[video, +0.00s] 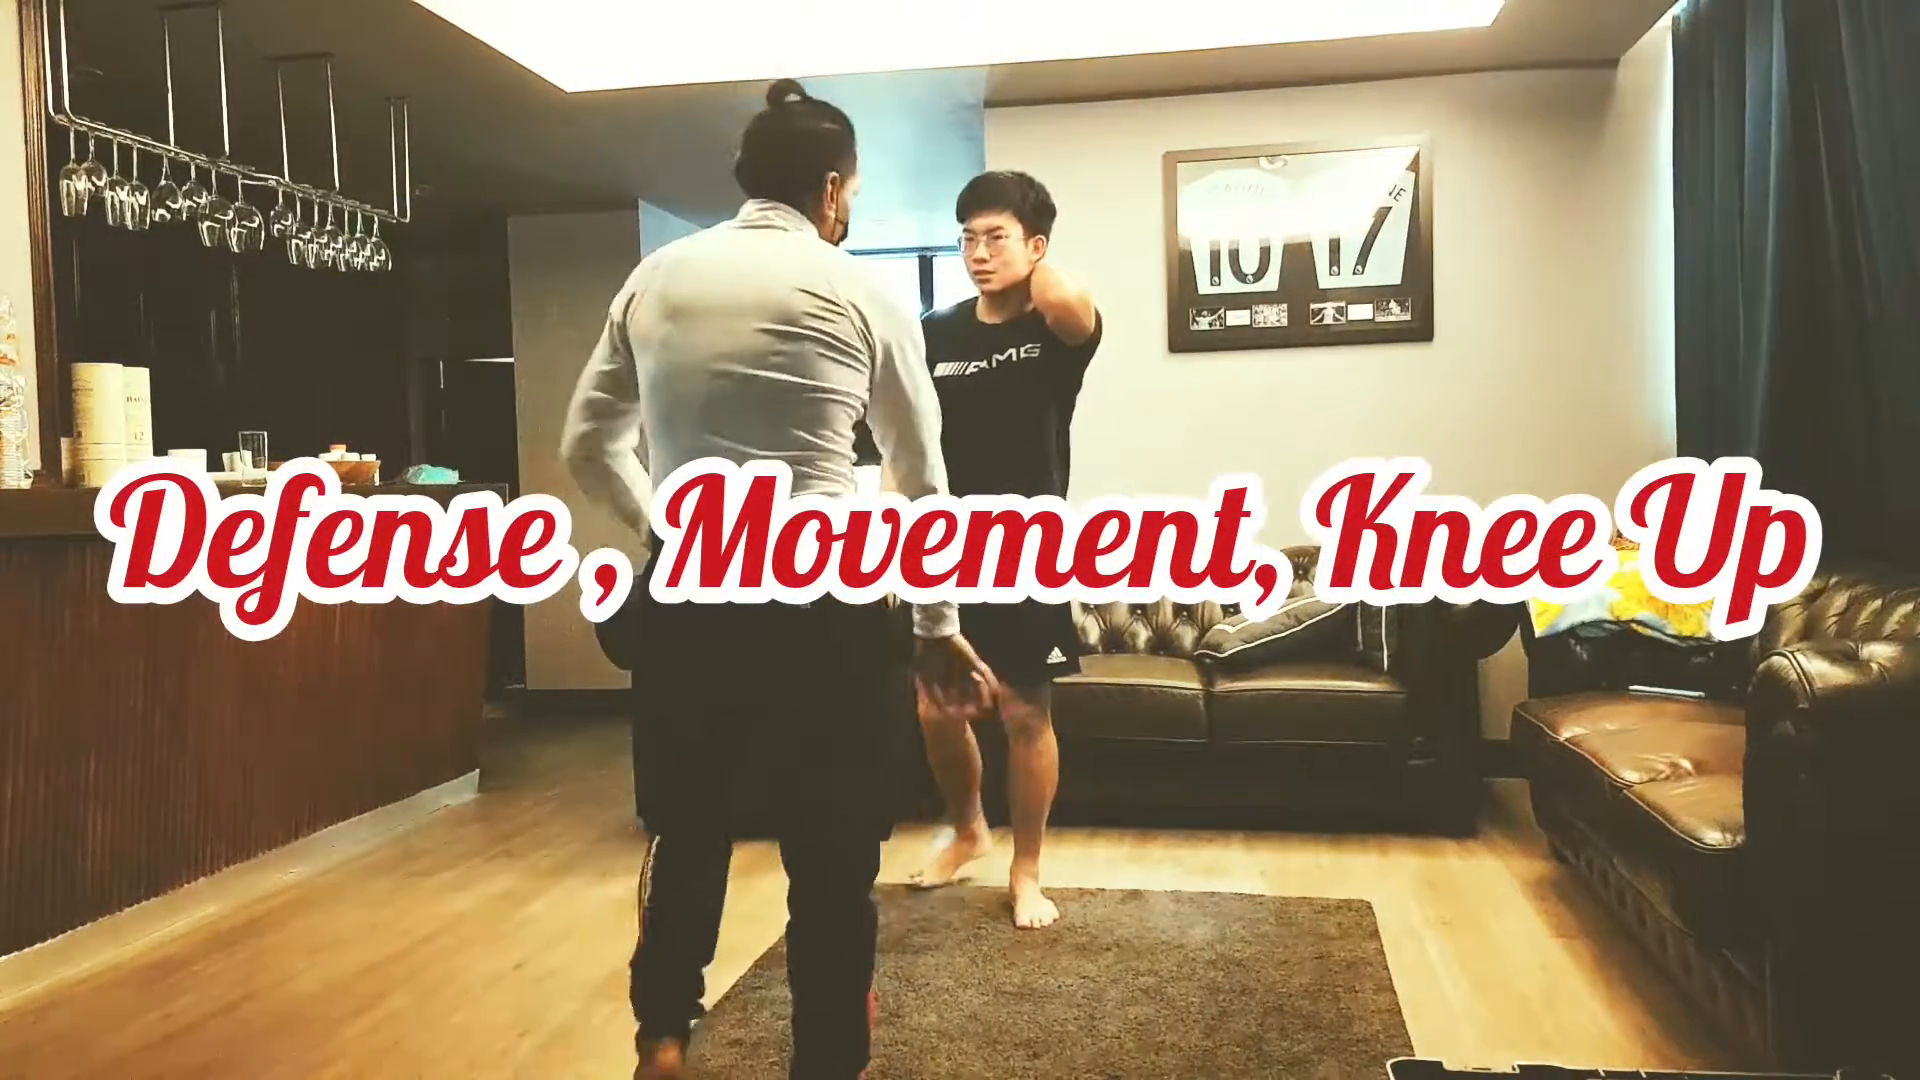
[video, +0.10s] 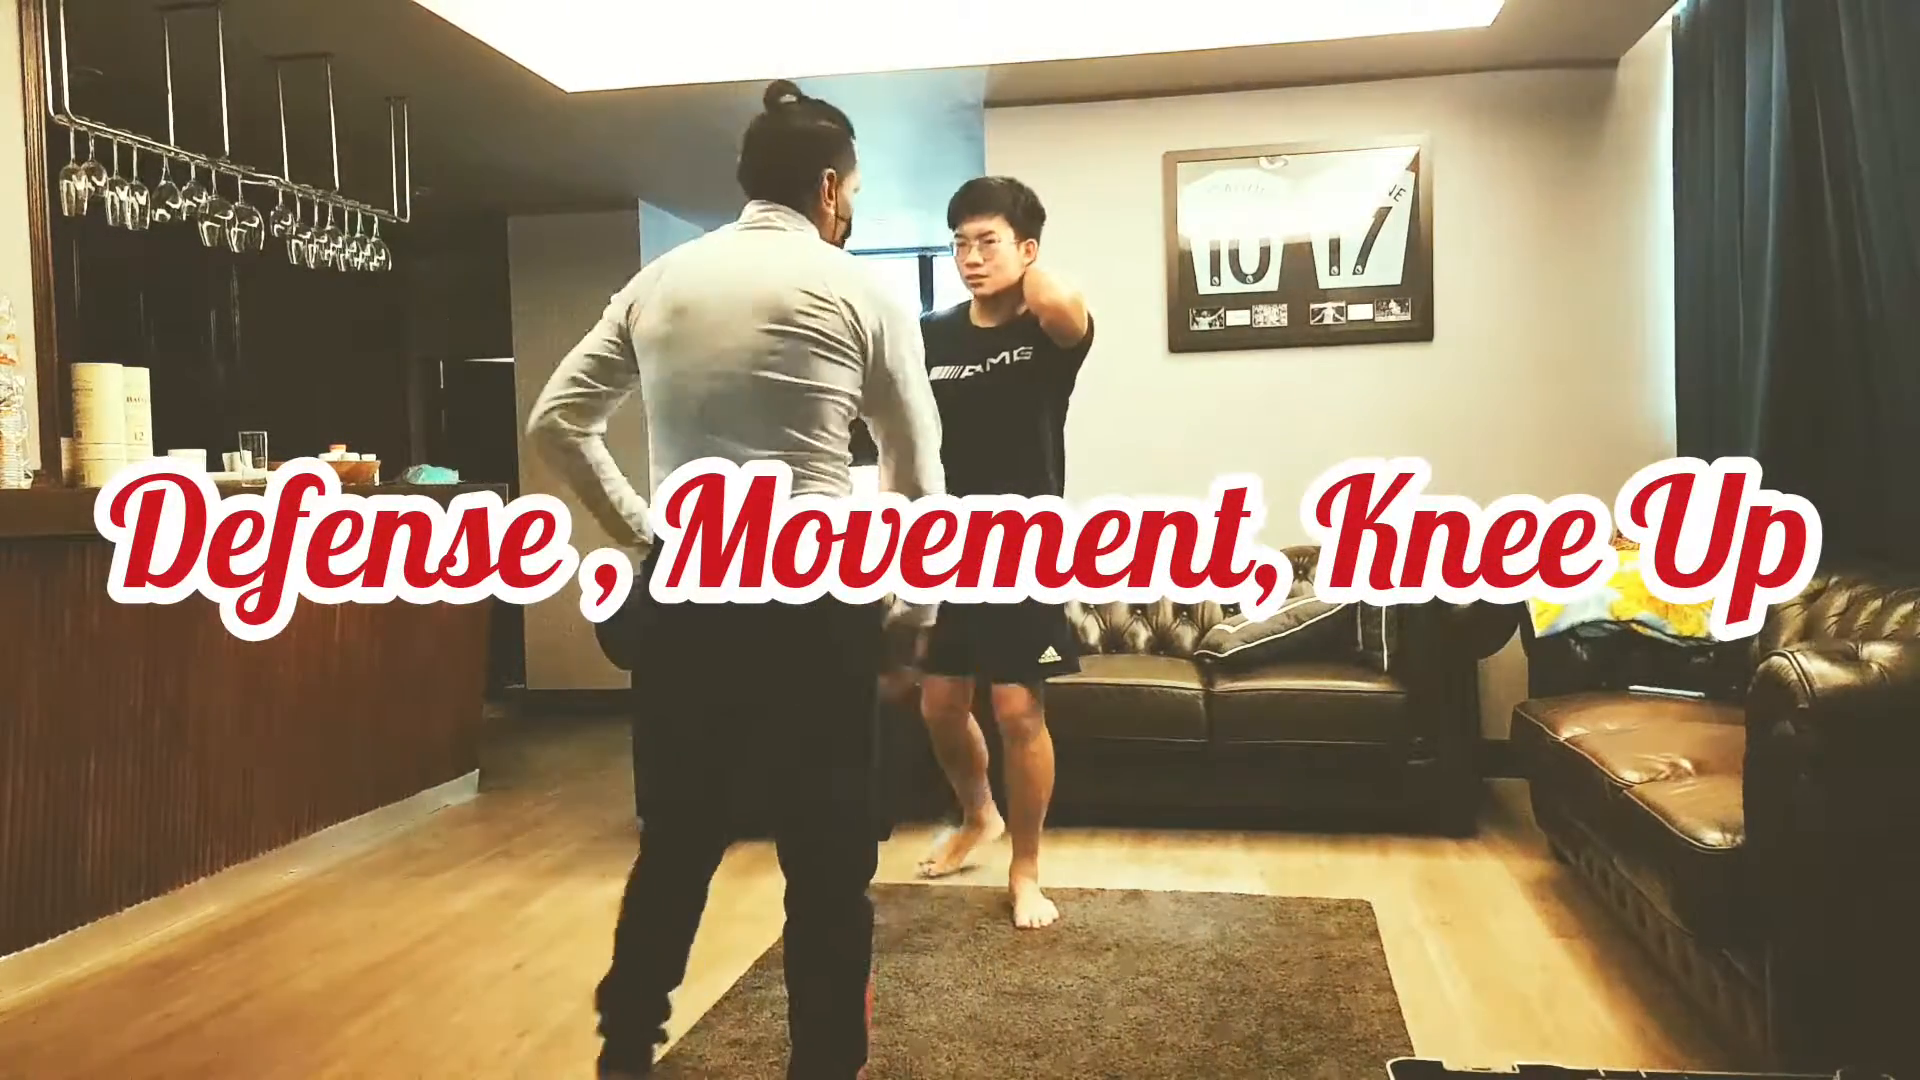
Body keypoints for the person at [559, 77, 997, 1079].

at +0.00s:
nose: (850, 205)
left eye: (851, 188)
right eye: (850, 187)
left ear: (743, 181)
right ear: (830, 191)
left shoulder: (654, 279)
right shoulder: (863, 298)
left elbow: (589, 440)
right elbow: (921, 482)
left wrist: (668, 545)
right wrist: (939, 625)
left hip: (689, 627)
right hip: (829, 629)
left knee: (689, 835)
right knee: (833, 867)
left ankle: (662, 1048)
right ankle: (830, 1061)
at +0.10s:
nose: (853, 200)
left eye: (851, 181)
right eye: (851, 182)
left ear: (752, 180)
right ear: (831, 184)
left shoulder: (657, 280)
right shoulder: (862, 291)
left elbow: (557, 420)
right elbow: (919, 483)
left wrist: (645, 540)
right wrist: (913, 607)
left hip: (683, 622)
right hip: (814, 626)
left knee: (674, 843)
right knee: (826, 872)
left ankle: (624, 1053)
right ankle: (827, 1061)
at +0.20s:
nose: (840, 195)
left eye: (836, 177)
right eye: (835, 178)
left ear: (739, 186)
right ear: (810, 185)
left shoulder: (644, 289)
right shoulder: (845, 289)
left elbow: (552, 419)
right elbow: (895, 478)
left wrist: (621, 540)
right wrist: (879, 598)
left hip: (677, 621)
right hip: (808, 624)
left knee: (658, 843)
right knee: (830, 868)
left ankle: (605, 1060)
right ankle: (825, 1064)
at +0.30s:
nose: (816, 197)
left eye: (811, 178)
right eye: (810, 179)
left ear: (717, 195)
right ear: (784, 186)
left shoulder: (624, 302)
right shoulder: (814, 299)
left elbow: (553, 446)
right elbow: (860, 480)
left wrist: (607, 563)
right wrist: (855, 610)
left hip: (658, 605)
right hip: (788, 608)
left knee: (645, 841)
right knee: (845, 840)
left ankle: (606, 1059)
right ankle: (825, 1060)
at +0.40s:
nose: (792, 217)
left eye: (789, 201)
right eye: (787, 201)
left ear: (691, 213)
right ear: (762, 206)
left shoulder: (609, 316)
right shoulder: (795, 310)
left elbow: (560, 470)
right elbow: (821, 483)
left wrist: (605, 554)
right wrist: (853, 602)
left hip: (640, 624)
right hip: (770, 620)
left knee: (633, 851)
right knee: (873, 801)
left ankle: (600, 1063)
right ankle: (829, 1041)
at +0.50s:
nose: (773, 217)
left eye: (767, 199)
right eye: (767, 200)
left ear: (673, 213)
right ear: (742, 208)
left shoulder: (601, 318)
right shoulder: (784, 307)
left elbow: (565, 476)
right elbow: (823, 478)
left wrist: (618, 557)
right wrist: (850, 587)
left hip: (640, 613)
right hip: (770, 612)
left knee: (638, 839)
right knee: (870, 790)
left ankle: (602, 1061)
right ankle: (847, 1031)